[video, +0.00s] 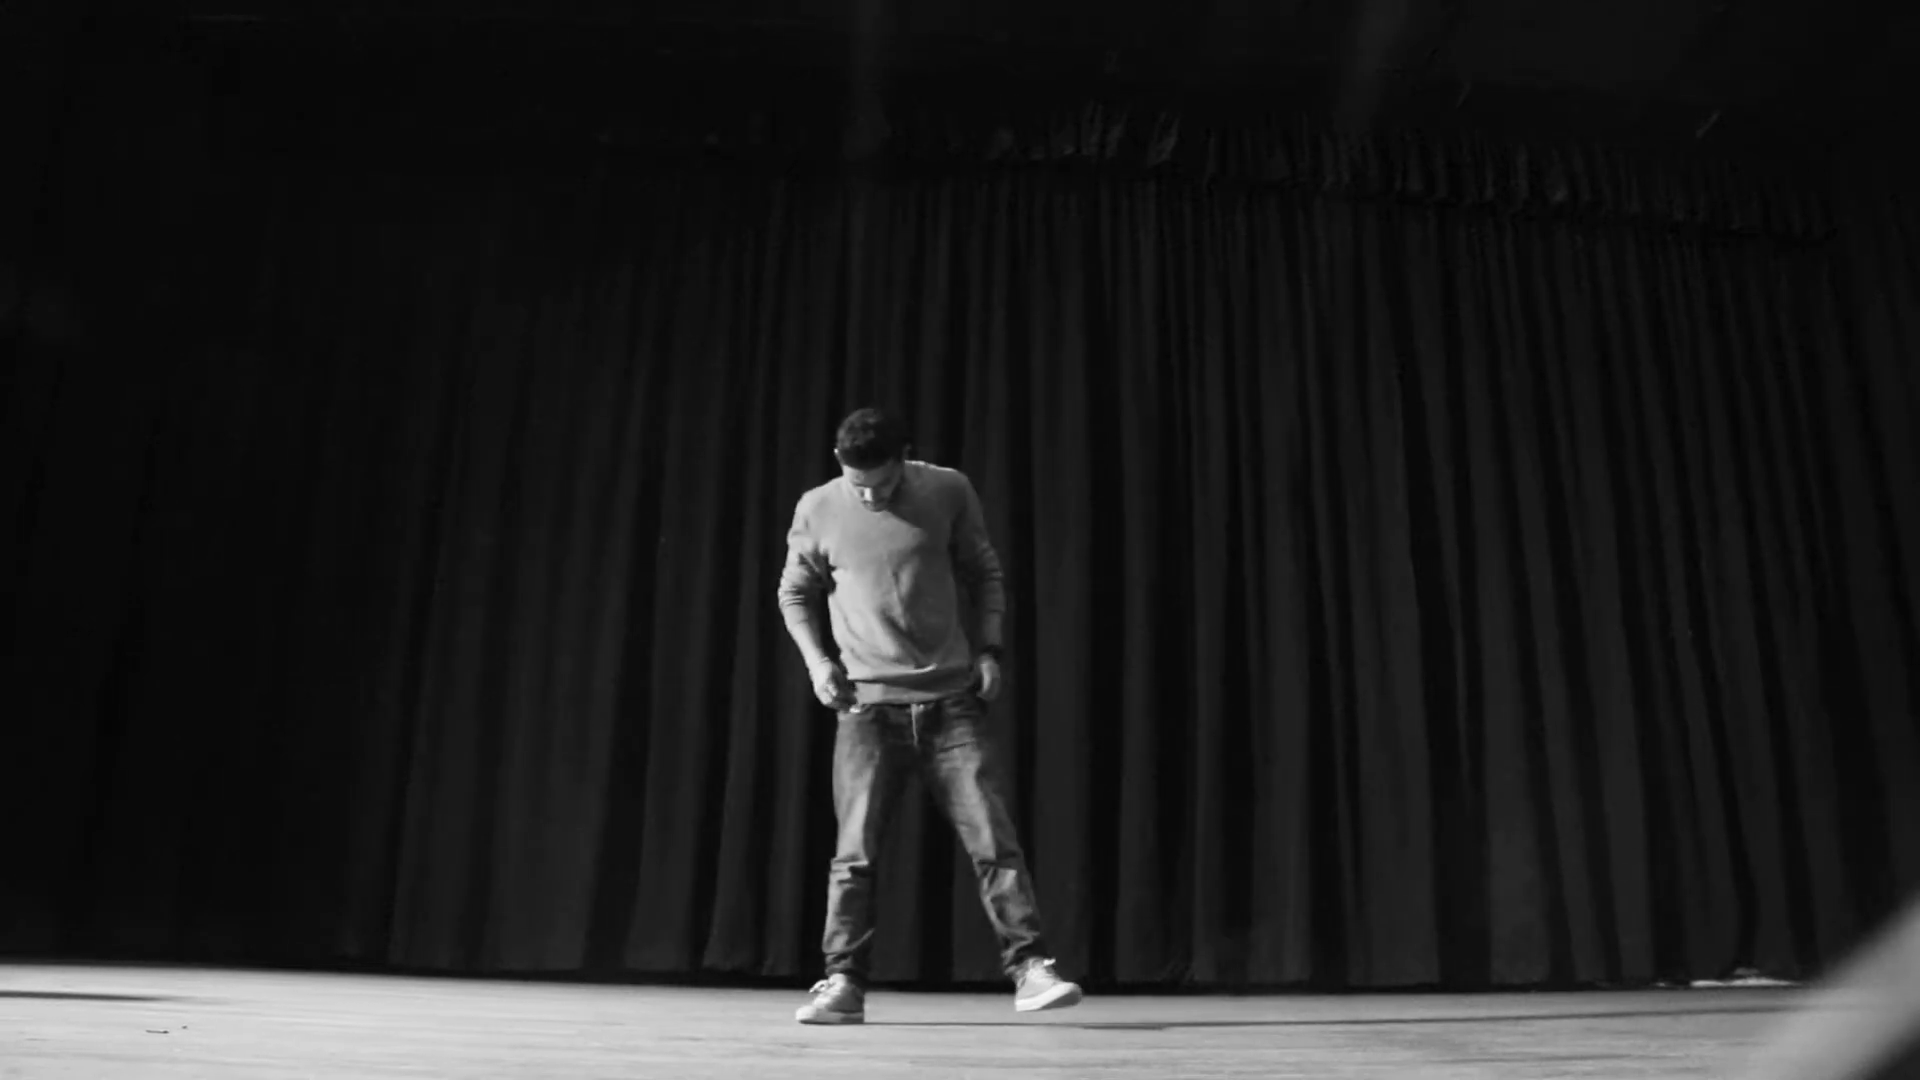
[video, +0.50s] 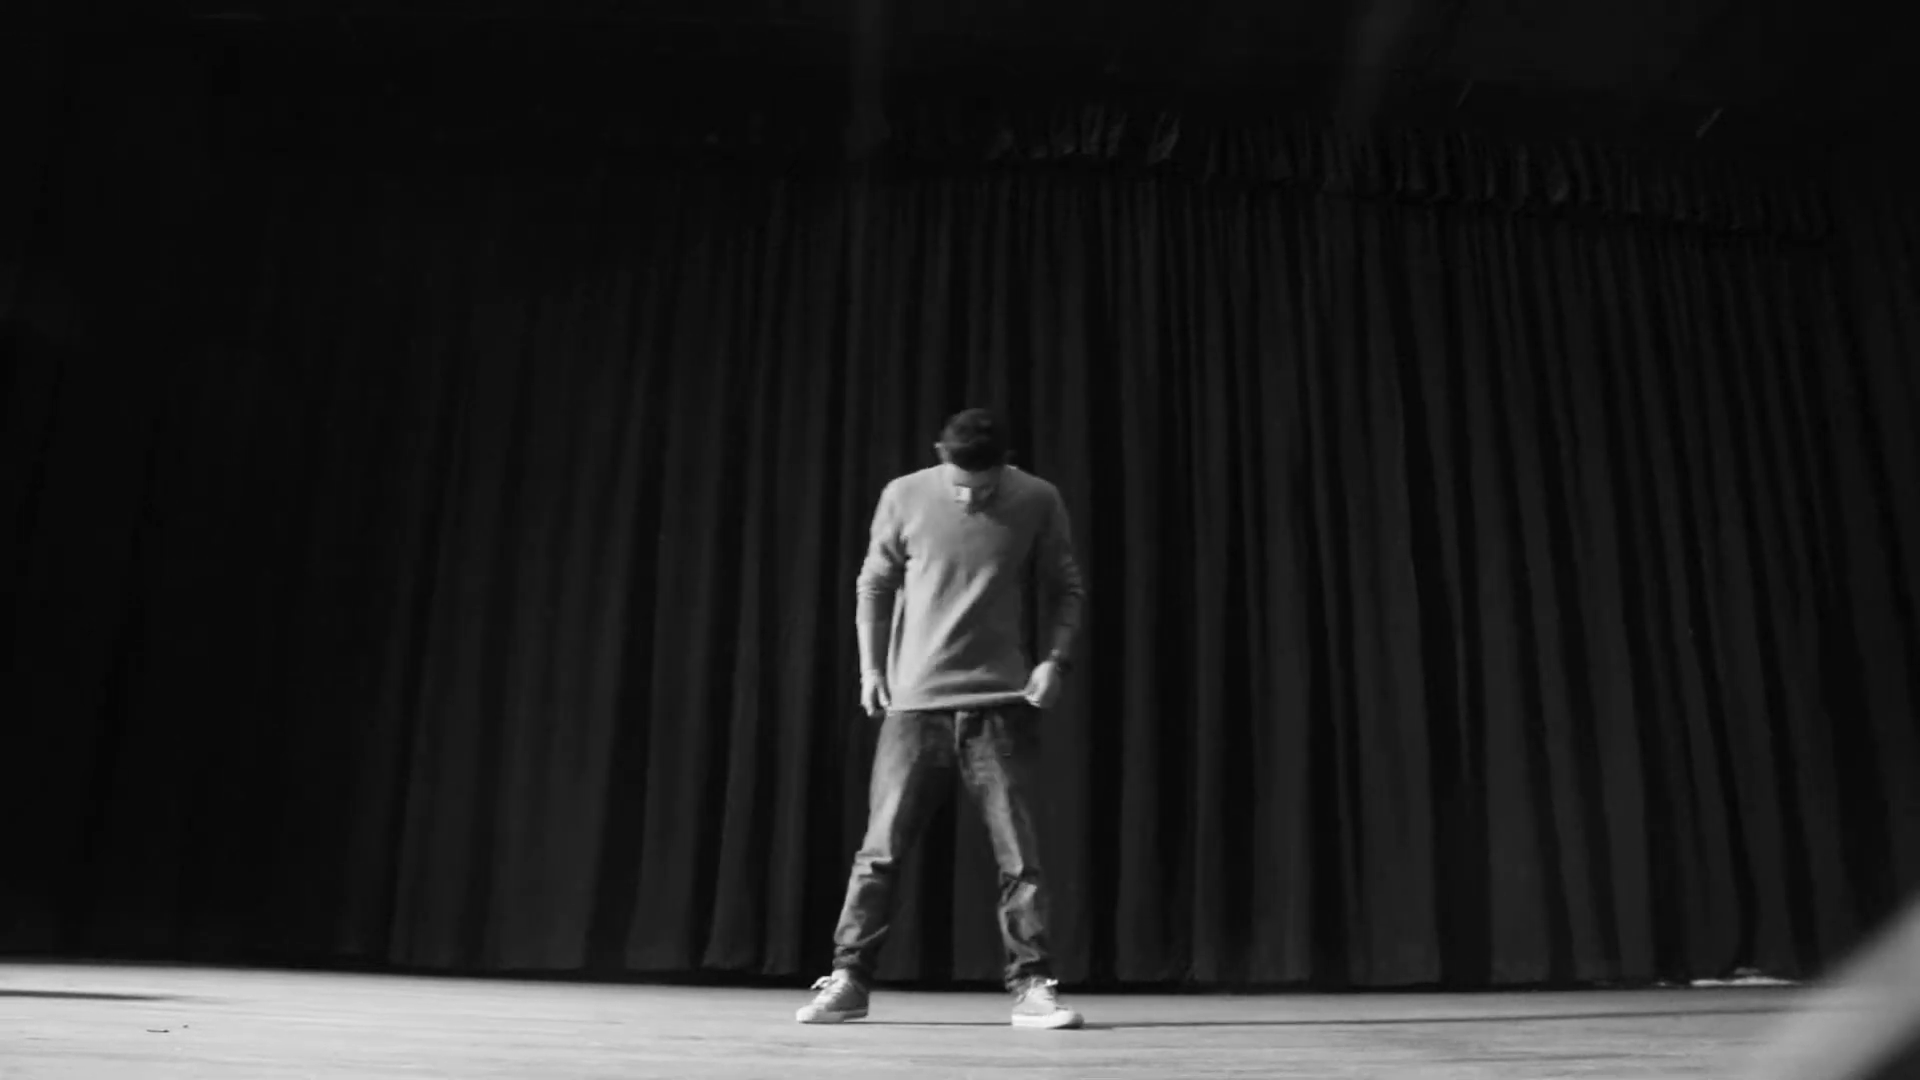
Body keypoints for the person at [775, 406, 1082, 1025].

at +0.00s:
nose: (871, 496)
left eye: (881, 485)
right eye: (860, 486)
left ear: (903, 461)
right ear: (841, 470)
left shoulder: (950, 492)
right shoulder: (818, 510)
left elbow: (986, 572)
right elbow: (794, 594)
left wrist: (990, 649)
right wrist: (817, 661)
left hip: (952, 703)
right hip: (867, 707)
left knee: (993, 839)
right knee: (855, 853)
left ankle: (1031, 972)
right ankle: (842, 984)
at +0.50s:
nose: (968, 495)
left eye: (979, 484)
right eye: (957, 483)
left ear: (1001, 466)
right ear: (941, 463)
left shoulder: (1038, 502)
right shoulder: (903, 498)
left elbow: (1068, 592)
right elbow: (874, 583)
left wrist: (1054, 663)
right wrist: (870, 668)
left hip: (996, 702)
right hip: (913, 703)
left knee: (1019, 856)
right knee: (880, 851)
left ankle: (1032, 989)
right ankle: (847, 981)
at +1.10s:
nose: (939, 499)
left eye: (951, 489)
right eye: (928, 486)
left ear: (972, 470)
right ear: (910, 462)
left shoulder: (1006, 499)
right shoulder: (874, 500)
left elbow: (1046, 582)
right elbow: (831, 586)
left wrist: (1078, 658)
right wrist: (798, 674)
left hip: (983, 707)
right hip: (899, 705)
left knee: (1008, 856)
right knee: (872, 856)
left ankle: (1030, 988)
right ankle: (849, 983)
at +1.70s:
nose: (935, 514)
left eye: (946, 504)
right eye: (923, 503)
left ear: (969, 478)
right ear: (904, 480)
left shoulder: (1009, 492)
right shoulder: (873, 493)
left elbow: (1089, 535)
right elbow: (801, 533)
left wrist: (1140, 601)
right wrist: (733, 596)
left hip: (986, 708)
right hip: (902, 707)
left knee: (1010, 856)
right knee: (875, 854)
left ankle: (1031, 991)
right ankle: (849, 985)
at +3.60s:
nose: (978, 457)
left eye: (991, 444)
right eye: (967, 443)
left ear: (1011, 437)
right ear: (946, 430)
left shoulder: (1040, 490)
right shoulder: (907, 486)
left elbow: (1122, 516)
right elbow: (822, 497)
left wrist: (1206, 529)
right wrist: (733, 500)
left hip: (1008, 690)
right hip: (925, 689)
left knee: (1022, 846)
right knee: (912, 840)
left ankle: (1020, 982)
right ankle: (894, 979)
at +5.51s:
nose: (961, 428)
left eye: (974, 415)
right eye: (949, 414)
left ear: (994, 414)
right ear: (931, 413)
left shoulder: (1025, 466)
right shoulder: (900, 488)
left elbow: (1089, 526)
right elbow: (817, 513)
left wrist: (1150, 570)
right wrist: (721, 519)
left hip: (998, 681)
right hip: (920, 684)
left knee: (1000, 806)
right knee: (921, 832)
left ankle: (965, 969)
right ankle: (956, 974)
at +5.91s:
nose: (958, 428)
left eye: (972, 415)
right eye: (947, 414)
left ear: (992, 417)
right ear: (926, 415)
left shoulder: (1025, 476)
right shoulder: (895, 474)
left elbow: (1103, 507)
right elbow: (809, 504)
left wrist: (1192, 515)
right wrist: (714, 520)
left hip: (986, 677)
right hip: (911, 679)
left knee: (972, 825)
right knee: (923, 831)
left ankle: (960, 980)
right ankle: (942, 978)